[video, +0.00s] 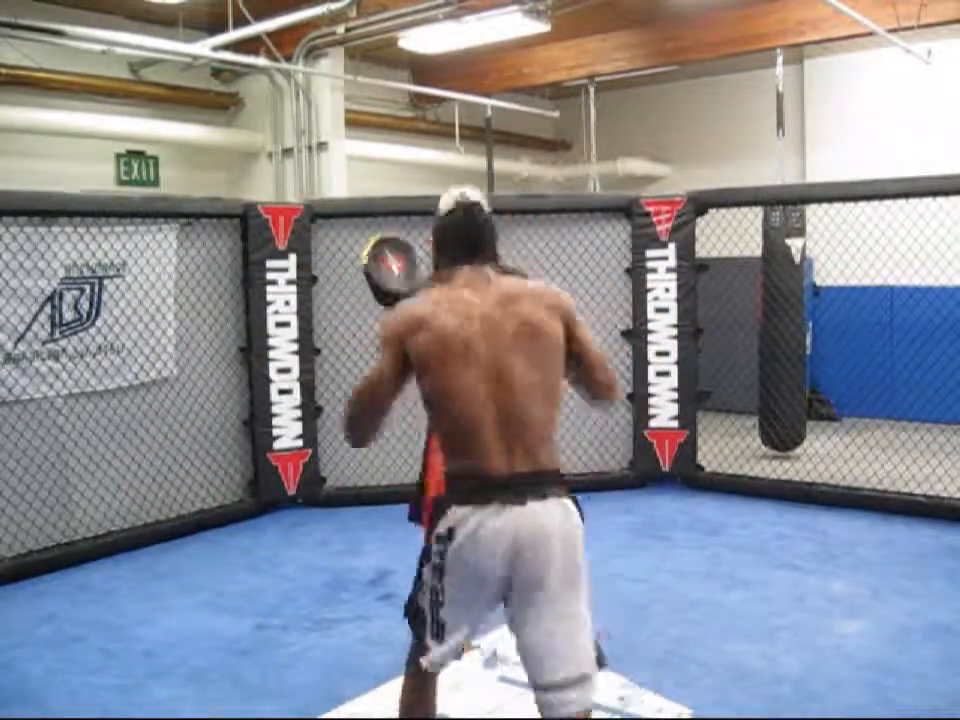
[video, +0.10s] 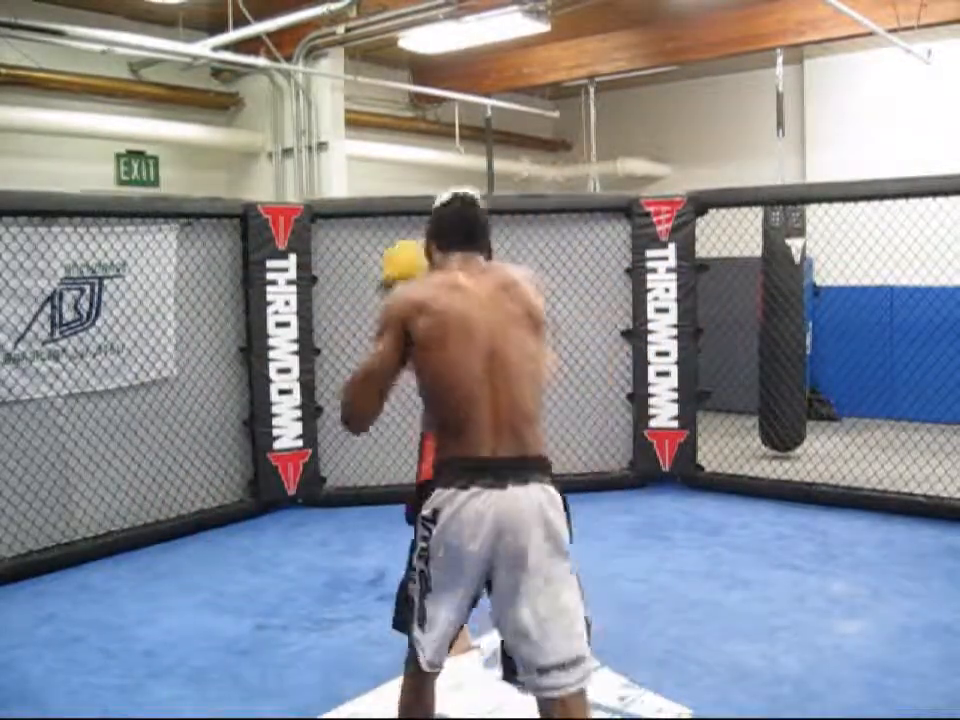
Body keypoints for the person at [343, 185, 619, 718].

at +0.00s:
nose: (434, 253)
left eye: (434, 246)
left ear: (436, 252)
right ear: (495, 247)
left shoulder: (413, 317)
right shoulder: (549, 302)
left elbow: (359, 426)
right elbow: (606, 389)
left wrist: (397, 353)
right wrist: (551, 345)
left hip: (469, 527)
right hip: (551, 522)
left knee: (423, 667)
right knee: (567, 700)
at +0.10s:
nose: (425, 251)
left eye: (427, 244)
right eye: (430, 246)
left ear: (431, 246)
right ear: (487, 244)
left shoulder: (413, 299)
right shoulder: (526, 287)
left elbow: (356, 415)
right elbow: (537, 372)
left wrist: (392, 326)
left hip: (458, 503)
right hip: (535, 500)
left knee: (422, 666)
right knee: (563, 682)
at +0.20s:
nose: (417, 246)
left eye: (418, 239)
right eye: (420, 239)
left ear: (428, 239)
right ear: (482, 240)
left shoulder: (406, 291)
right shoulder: (516, 279)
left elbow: (378, 419)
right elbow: (532, 367)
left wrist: (369, 359)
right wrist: (399, 344)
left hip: (453, 494)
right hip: (530, 490)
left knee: (420, 662)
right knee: (564, 668)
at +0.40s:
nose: (425, 255)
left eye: (424, 246)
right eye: (428, 250)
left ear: (429, 242)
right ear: (483, 235)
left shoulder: (413, 286)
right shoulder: (540, 284)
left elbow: (387, 406)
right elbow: (577, 392)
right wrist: (517, 372)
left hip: (467, 484)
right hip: (543, 479)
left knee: (432, 658)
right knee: (589, 648)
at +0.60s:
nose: (487, 266)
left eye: (486, 257)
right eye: (489, 258)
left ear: (495, 252)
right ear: (543, 248)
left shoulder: (478, 304)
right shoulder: (602, 296)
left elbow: (406, 386)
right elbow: (643, 400)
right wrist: (584, 373)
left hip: (521, 497)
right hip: (594, 493)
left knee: (450, 658)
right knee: (651, 648)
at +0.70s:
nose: (516, 271)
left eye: (516, 260)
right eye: (514, 261)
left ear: (531, 255)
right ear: (573, 248)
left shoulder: (518, 304)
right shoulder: (638, 299)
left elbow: (418, 357)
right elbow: (676, 409)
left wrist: (435, 326)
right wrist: (616, 379)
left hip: (576, 499)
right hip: (646, 492)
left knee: (501, 651)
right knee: (680, 643)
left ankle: (460, 712)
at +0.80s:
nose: (532, 254)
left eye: (535, 242)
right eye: (531, 243)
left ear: (558, 237)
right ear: (591, 232)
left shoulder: (556, 276)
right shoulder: (666, 281)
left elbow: (455, 322)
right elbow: (693, 386)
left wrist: (410, 302)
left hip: (620, 479)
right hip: (682, 473)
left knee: (541, 633)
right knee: (685, 643)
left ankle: (519, 711)